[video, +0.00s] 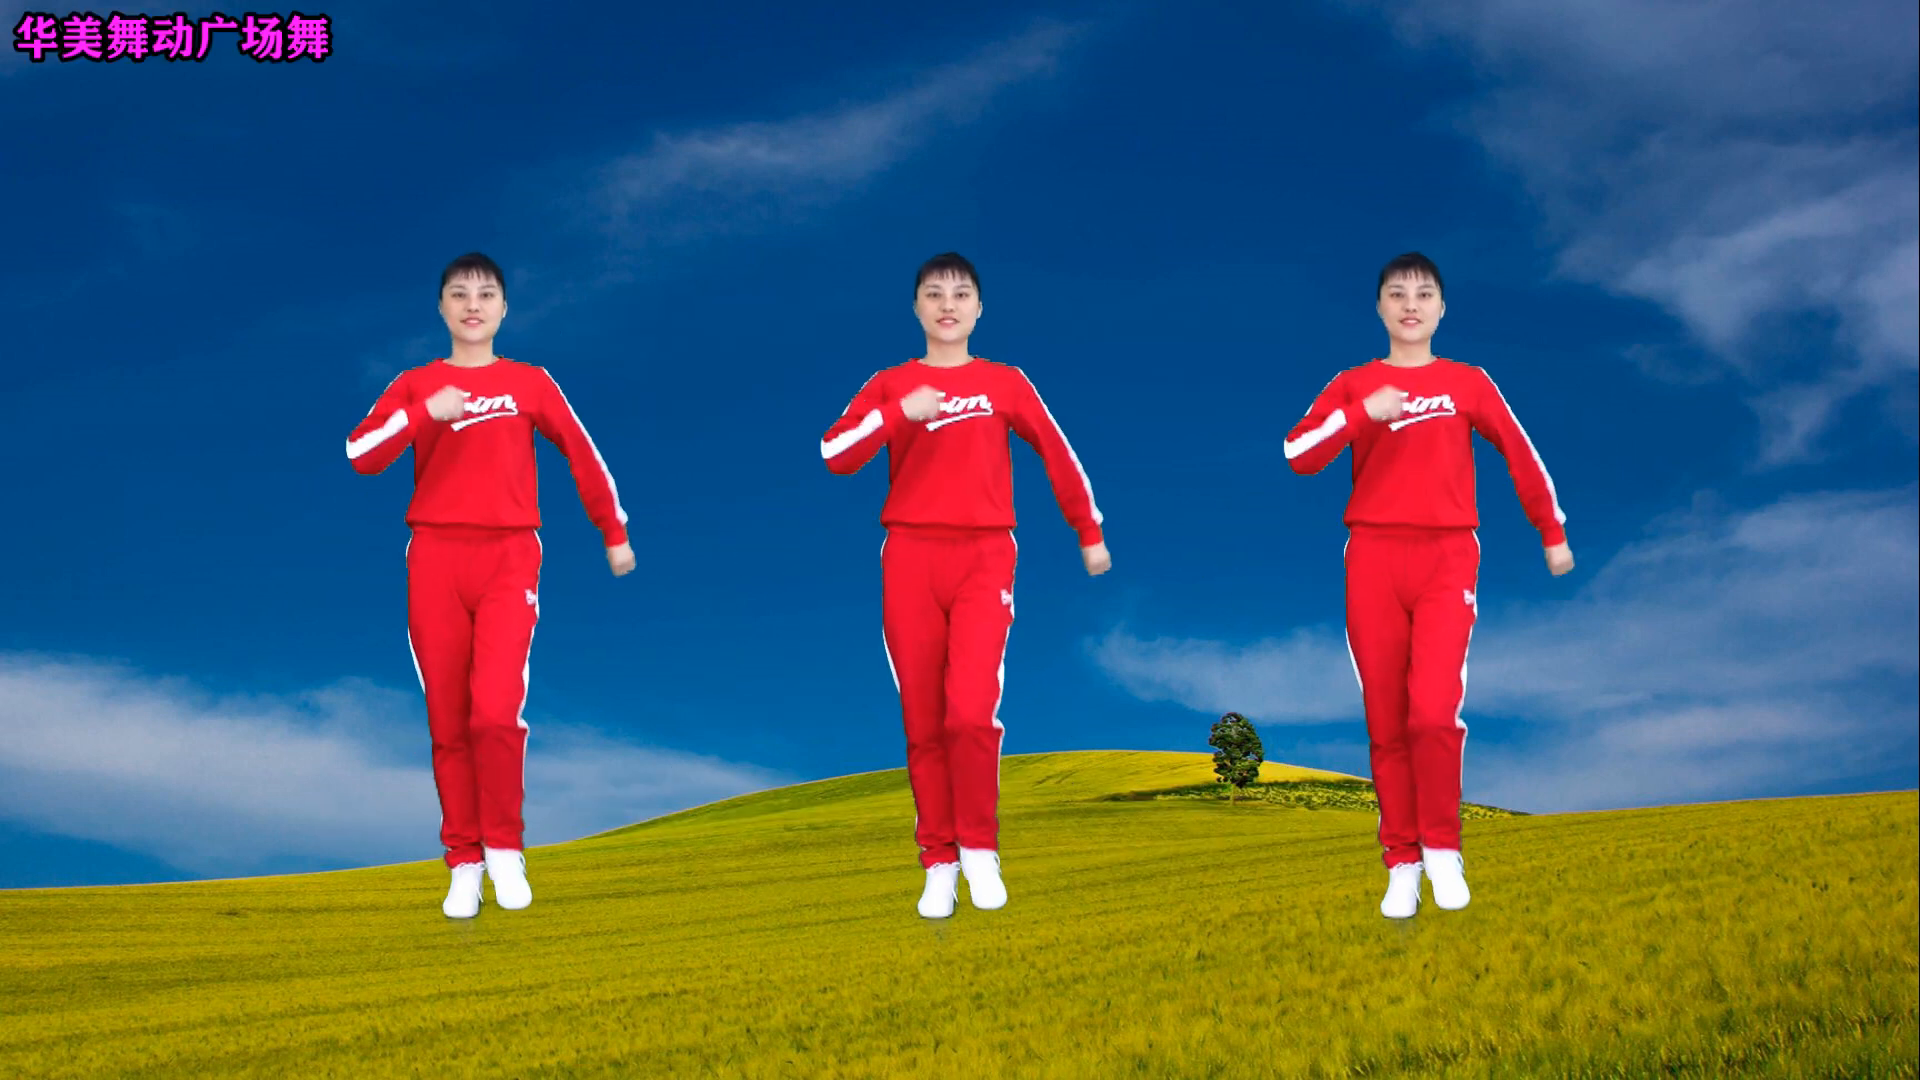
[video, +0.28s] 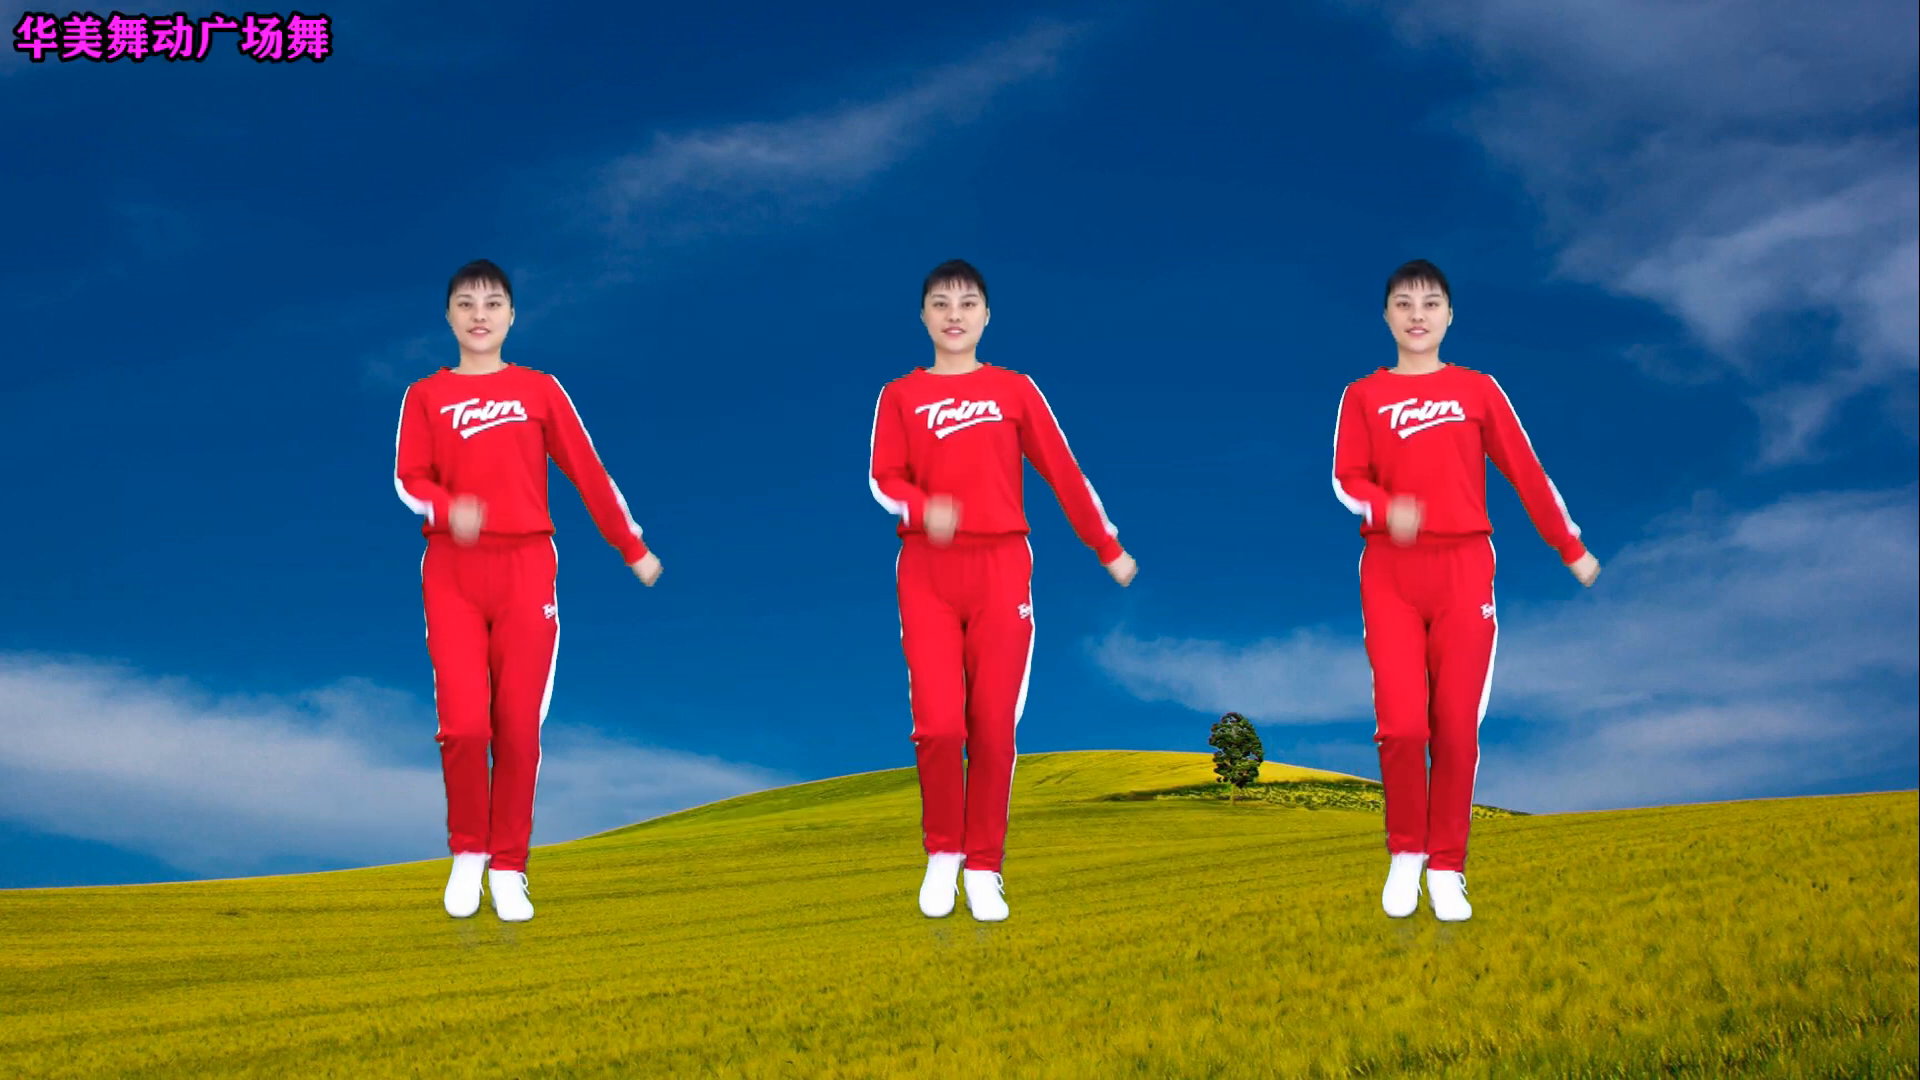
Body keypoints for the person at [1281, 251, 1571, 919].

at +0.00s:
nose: (1411, 304)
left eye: (1423, 295)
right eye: (1399, 295)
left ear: (1441, 307)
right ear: (1381, 308)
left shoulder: (1469, 383)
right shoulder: (1351, 385)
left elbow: (1523, 454)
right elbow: (1299, 455)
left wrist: (1553, 535)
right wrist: (1360, 414)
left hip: (1448, 561)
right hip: (1372, 561)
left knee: (1434, 713)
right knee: (1385, 720)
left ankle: (1442, 850)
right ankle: (1401, 861)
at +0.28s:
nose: (1417, 314)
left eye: (1430, 304)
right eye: (1404, 304)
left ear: (1448, 315)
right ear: (1388, 316)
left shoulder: (1477, 388)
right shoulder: (1362, 394)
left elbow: (1527, 472)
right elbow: (1347, 478)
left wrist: (1572, 548)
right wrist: (1383, 505)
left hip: (1465, 572)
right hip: (1389, 575)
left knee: (1456, 725)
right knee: (1399, 723)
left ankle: (1447, 867)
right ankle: (1406, 854)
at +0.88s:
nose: (1419, 312)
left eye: (1431, 301)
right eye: (1406, 303)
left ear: (1449, 311)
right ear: (1390, 315)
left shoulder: (1479, 389)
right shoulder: (1364, 391)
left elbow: (1500, 473)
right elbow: (1302, 462)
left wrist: (1450, 442)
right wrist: (1238, 528)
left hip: (1463, 562)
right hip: (1386, 563)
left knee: (1453, 721)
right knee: (1394, 723)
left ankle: (1446, 866)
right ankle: (1402, 868)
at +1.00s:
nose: (1416, 318)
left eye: (1427, 307)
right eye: (1403, 309)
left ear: (1446, 319)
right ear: (1386, 322)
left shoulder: (1474, 395)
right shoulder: (1358, 401)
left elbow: (1479, 475)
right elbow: (1326, 488)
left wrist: (1438, 522)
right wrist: (1296, 569)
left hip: (1449, 576)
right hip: (1374, 576)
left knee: (1437, 723)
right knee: (1384, 729)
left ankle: (1442, 849)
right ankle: (1400, 867)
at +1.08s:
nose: (1412, 326)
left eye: (1425, 316)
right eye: (1400, 317)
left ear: (1443, 328)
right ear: (1384, 330)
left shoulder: (1473, 406)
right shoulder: (1356, 410)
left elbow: (1478, 494)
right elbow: (1342, 497)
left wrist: (1472, 578)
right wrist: (1350, 576)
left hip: (1445, 580)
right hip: (1372, 581)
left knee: (1421, 720)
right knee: (1373, 734)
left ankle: (1439, 817)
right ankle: (1399, 866)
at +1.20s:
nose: (1411, 312)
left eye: (1423, 302)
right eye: (1398, 302)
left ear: (1441, 314)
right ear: (1381, 315)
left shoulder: (1471, 392)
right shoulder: (1352, 394)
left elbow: (1508, 482)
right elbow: (1316, 469)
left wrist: (1528, 571)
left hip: (1448, 567)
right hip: (1373, 567)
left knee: (1417, 706)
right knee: (1375, 722)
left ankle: (1436, 810)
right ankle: (1402, 864)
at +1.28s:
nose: (1412, 301)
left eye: (1424, 291)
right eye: (1399, 292)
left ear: (1442, 304)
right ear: (1382, 305)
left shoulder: (1473, 381)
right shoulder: (1351, 383)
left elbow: (1521, 462)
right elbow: (1300, 453)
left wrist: (1553, 544)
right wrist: (1364, 424)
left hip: (1450, 558)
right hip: (1374, 558)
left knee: (1428, 708)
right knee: (1385, 719)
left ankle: (1437, 833)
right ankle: (1401, 861)